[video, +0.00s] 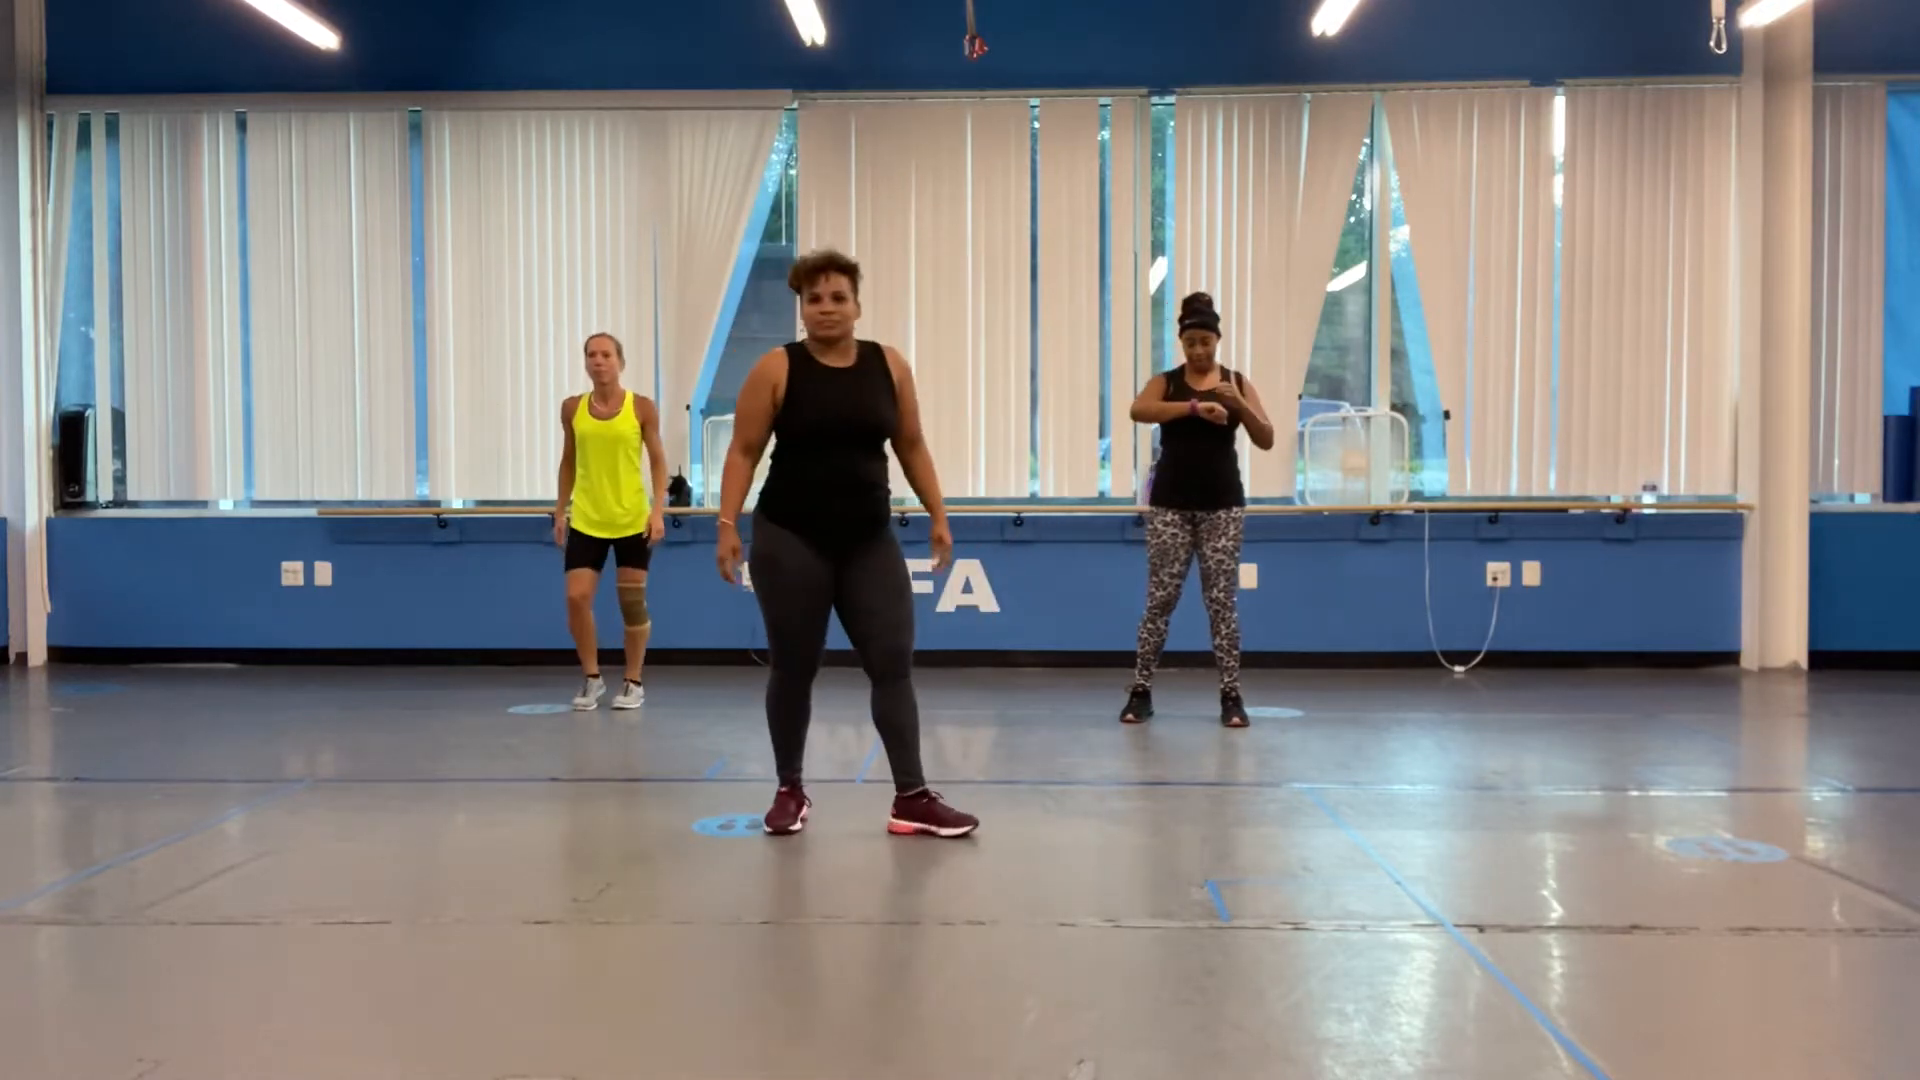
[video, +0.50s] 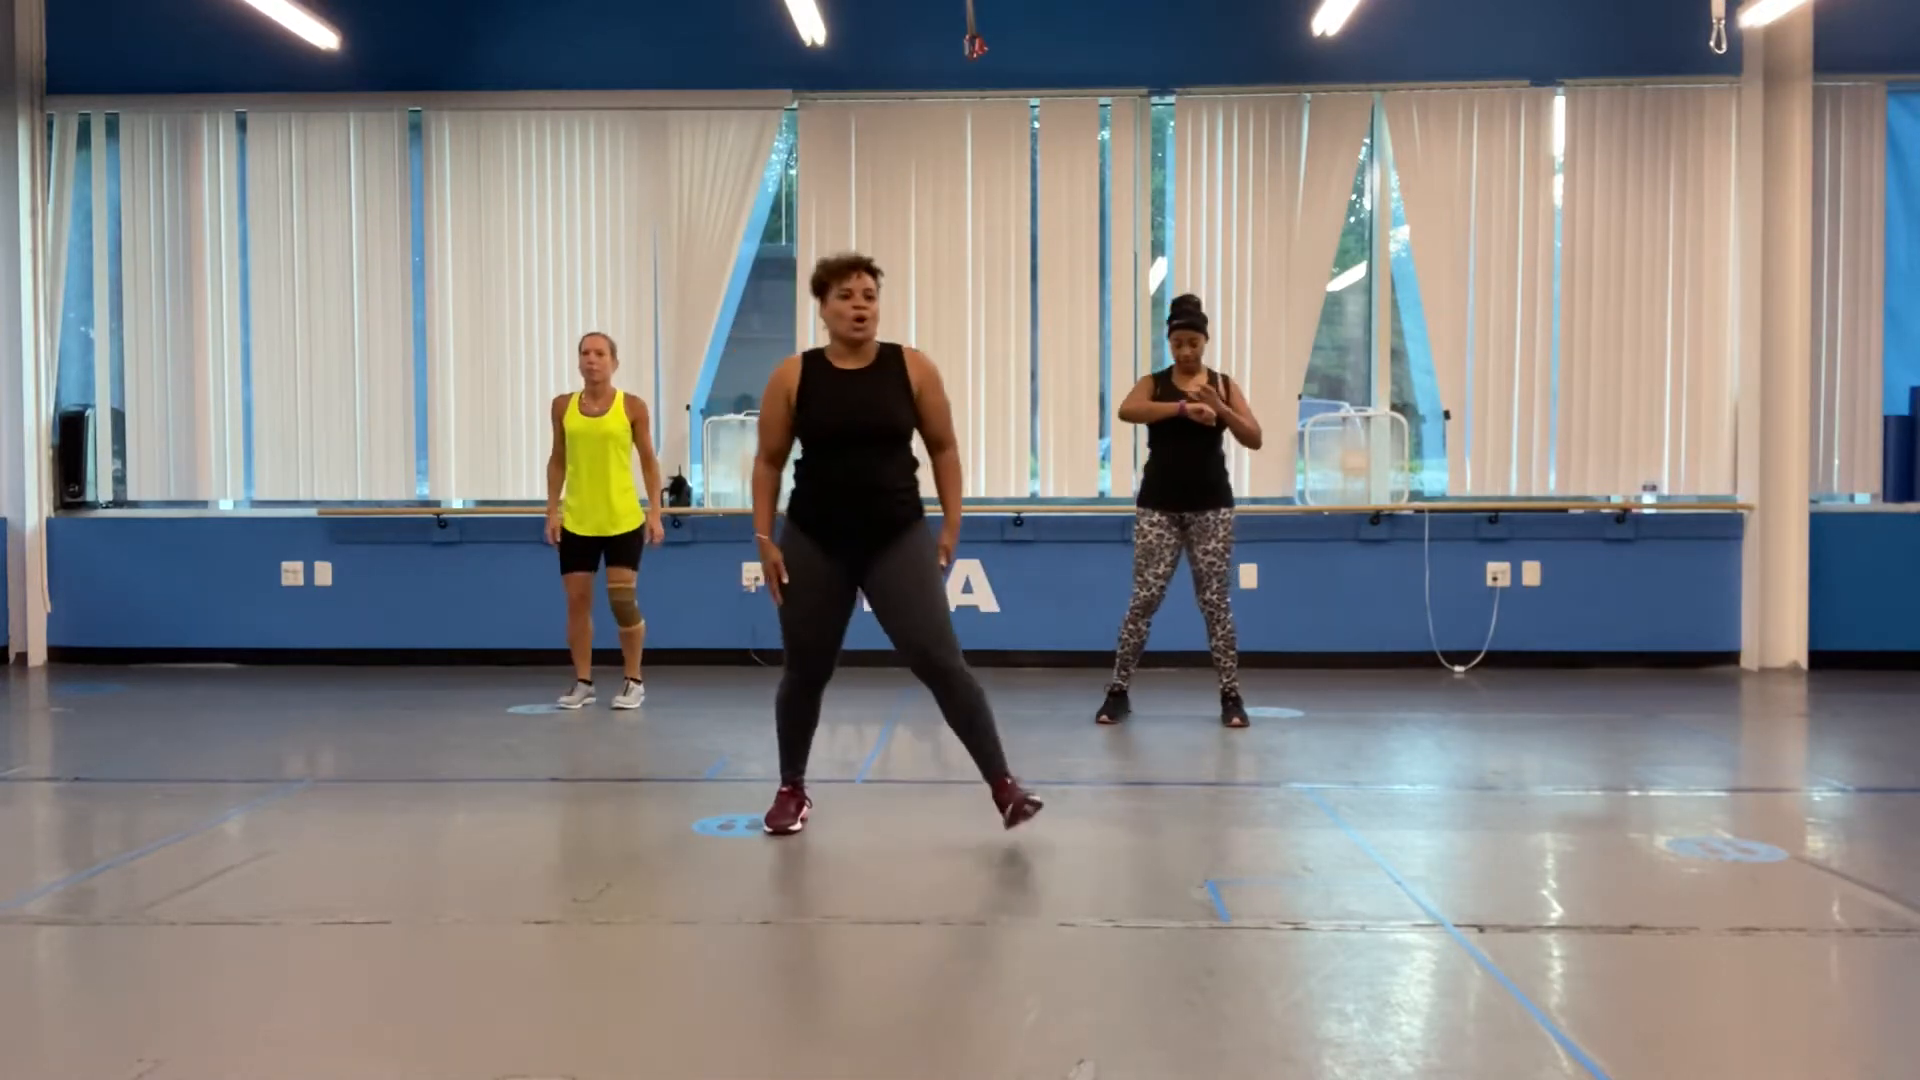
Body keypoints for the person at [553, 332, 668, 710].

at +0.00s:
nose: (598, 361)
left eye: (605, 355)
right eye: (592, 356)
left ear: (620, 363)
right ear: (585, 364)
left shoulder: (640, 406)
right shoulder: (573, 408)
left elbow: (658, 460)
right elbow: (568, 460)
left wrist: (658, 509)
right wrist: (561, 508)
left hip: (632, 517)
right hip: (586, 518)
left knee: (632, 598)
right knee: (577, 598)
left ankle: (633, 682)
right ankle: (592, 679)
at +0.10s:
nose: (600, 361)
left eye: (607, 355)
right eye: (594, 356)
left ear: (622, 363)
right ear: (587, 365)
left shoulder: (643, 407)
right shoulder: (575, 408)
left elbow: (660, 460)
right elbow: (571, 461)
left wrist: (659, 506)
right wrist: (563, 508)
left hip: (634, 517)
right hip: (588, 517)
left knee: (632, 598)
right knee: (569, 589)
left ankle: (633, 682)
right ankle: (587, 672)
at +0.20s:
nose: (599, 360)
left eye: (607, 355)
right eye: (594, 355)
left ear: (622, 362)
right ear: (587, 364)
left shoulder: (642, 405)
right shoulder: (576, 406)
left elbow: (660, 458)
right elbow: (572, 460)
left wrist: (659, 504)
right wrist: (564, 508)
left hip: (633, 517)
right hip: (586, 516)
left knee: (632, 600)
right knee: (568, 590)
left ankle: (633, 682)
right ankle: (583, 670)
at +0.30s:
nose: (598, 361)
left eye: (605, 355)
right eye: (592, 355)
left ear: (621, 363)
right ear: (585, 364)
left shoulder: (640, 406)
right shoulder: (573, 407)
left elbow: (659, 460)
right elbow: (569, 460)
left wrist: (659, 507)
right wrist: (562, 508)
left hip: (630, 518)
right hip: (583, 518)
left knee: (631, 600)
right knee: (572, 599)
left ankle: (633, 682)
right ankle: (581, 679)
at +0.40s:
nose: (595, 360)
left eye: (603, 354)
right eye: (589, 354)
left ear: (618, 362)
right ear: (582, 363)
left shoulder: (636, 406)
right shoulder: (568, 407)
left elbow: (653, 459)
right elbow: (563, 461)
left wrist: (658, 509)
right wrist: (557, 509)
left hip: (626, 518)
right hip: (579, 519)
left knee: (627, 600)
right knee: (578, 600)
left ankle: (633, 682)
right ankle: (583, 682)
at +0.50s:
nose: (591, 359)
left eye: (599, 354)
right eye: (586, 354)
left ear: (614, 363)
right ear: (578, 362)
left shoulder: (632, 407)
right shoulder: (563, 406)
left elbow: (649, 460)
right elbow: (557, 460)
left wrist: (655, 510)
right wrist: (553, 509)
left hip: (623, 517)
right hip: (577, 519)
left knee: (621, 598)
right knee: (578, 600)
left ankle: (633, 681)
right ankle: (583, 683)